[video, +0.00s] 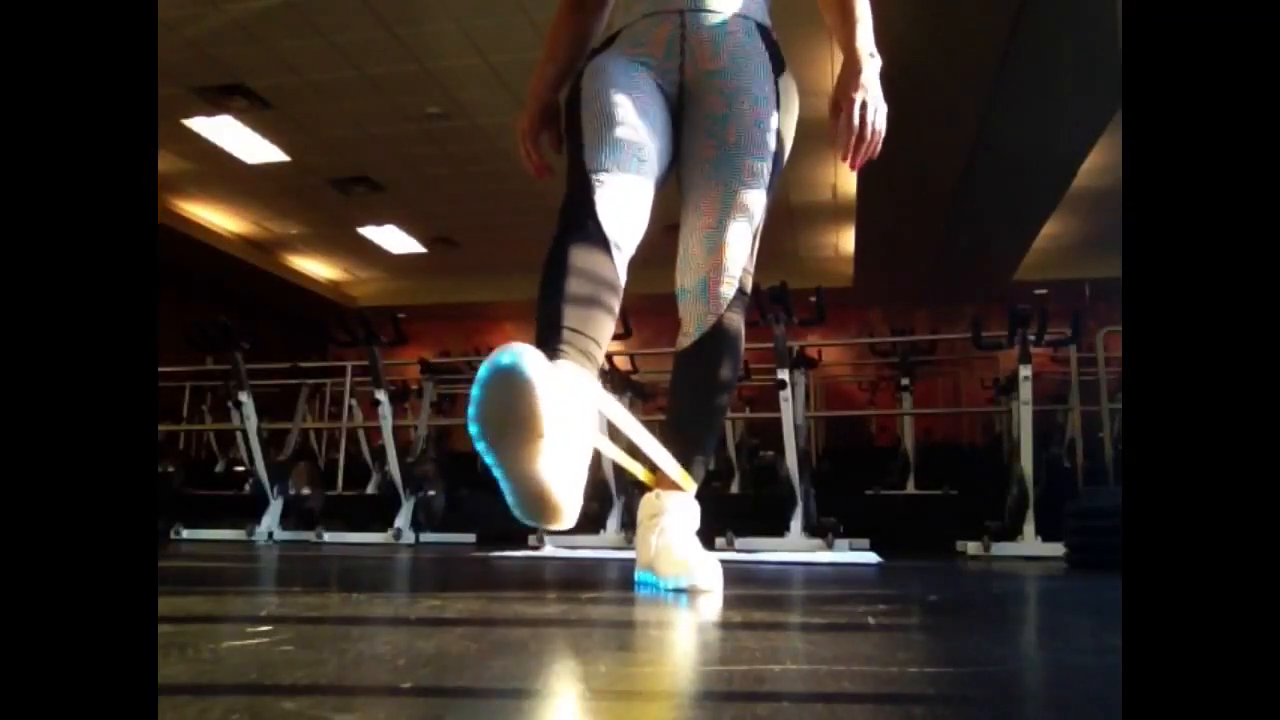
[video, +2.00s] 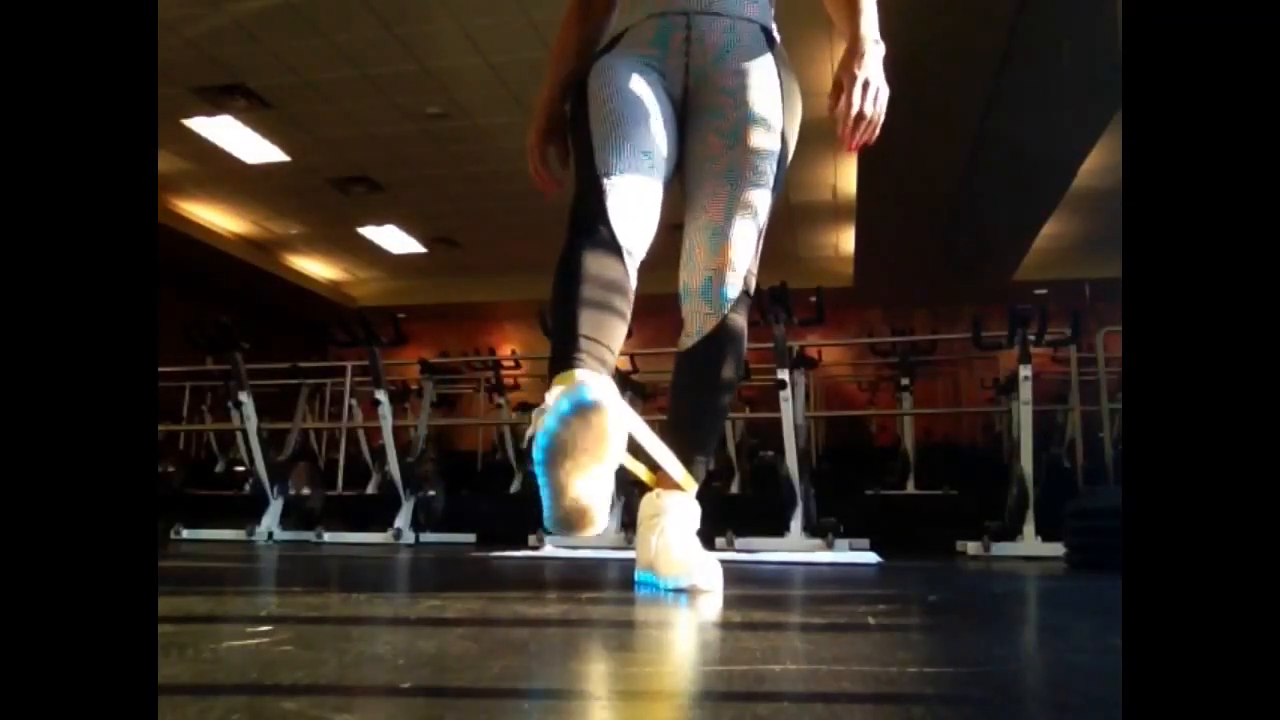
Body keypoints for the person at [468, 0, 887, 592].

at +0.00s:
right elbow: (586, 3)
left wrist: (860, 60)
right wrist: (544, 90)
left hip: (739, 24)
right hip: (628, 30)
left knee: (717, 276)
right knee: (604, 196)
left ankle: (671, 513)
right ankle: (561, 427)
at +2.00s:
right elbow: (589, 6)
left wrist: (864, 41)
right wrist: (555, 97)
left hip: (744, 30)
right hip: (630, 29)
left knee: (722, 279)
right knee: (612, 208)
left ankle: (673, 516)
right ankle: (577, 419)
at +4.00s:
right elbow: (596, 4)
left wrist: (857, 69)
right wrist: (548, 86)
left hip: (747, 28)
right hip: (634, 26)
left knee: (721, 272)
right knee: (599, 214)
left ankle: (674, 516)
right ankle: (543, 452)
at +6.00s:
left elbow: (825, 6)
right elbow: (588, 4)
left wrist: (833, 99)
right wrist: (549, 87)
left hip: (739, 27)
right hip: (629, 22)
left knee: (719, 271)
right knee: (608, 181)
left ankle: (673, 513)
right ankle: (568, 403)